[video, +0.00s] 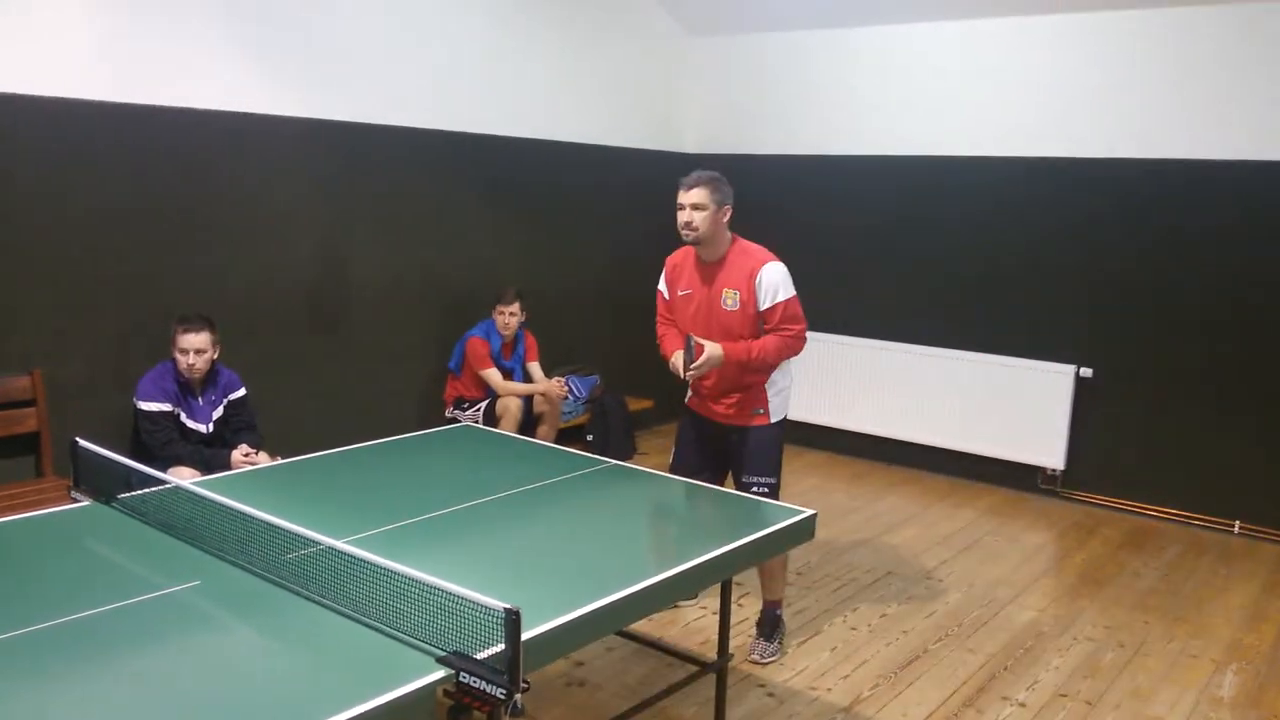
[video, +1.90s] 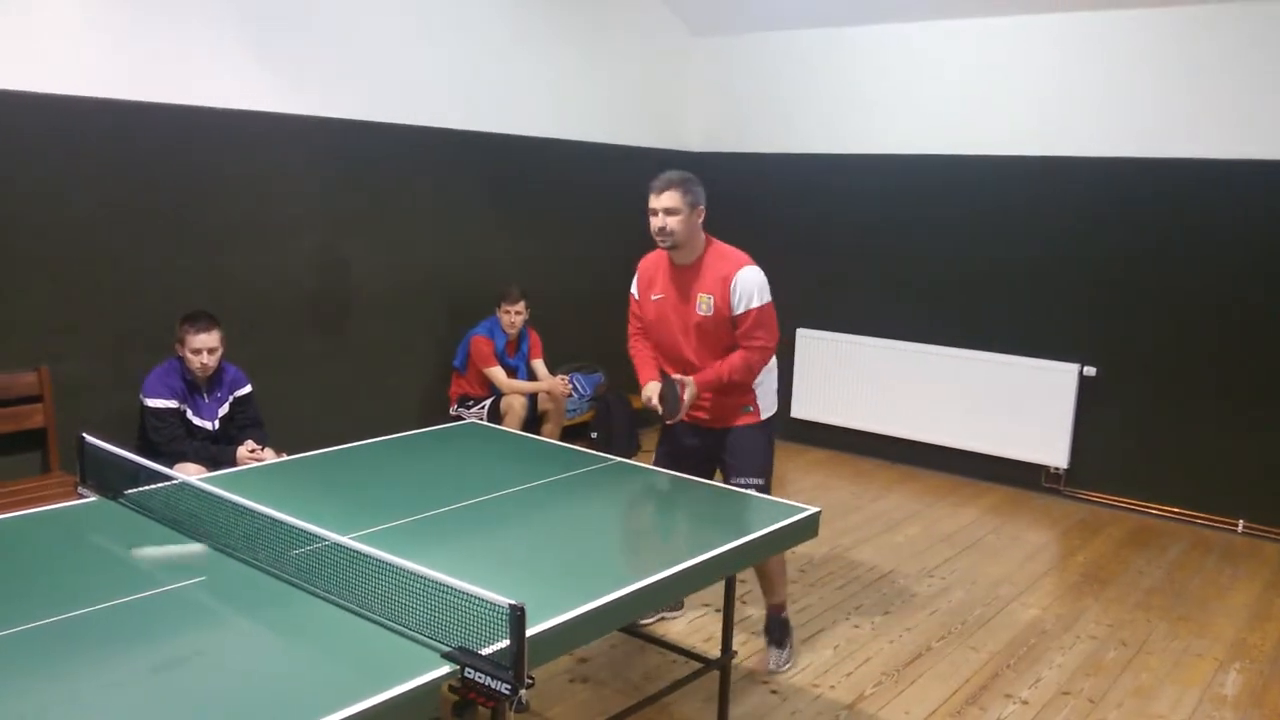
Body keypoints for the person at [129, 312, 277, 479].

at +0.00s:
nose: (191, 362)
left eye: (199, 353)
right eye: (183, 353)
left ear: (215, 352)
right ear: (173, 351)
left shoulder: (228, 382)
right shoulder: (153, 387)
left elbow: (244, 429)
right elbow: (166, 450)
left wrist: (245, 448)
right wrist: (226, 460)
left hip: (218, 460)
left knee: (263, 462)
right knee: (187, 477)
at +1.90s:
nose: (205, 361)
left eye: (212, 351)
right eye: (196, 352)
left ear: (222, 348)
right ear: (179, 350)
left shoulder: (234, 379)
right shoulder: (159, 384)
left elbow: (249, 426)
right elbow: (170, 447)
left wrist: (250, 444)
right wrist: (232, 456)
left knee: (269, 458)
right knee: (193, 473)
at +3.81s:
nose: (194, 362)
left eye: (201, 353)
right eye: (185, 354)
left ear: (210, 350)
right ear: (168, 352)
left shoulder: (223, 381)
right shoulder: (147, 387)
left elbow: (239, 430)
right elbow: (160, 449)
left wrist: (240, 448)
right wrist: (221, 459)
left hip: (212, 459)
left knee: (257, 462)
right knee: (181, 477)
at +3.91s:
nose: (194, 361)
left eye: (201, 352)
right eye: (185, 353)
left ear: (210, 350)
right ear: (168, 351)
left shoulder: (223, 380)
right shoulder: (147, 387)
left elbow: (239, 429)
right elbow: (159, 448)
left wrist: (239, 447)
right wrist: (220, 459)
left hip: (212, 459)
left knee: (257, 461)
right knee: (181, 476)